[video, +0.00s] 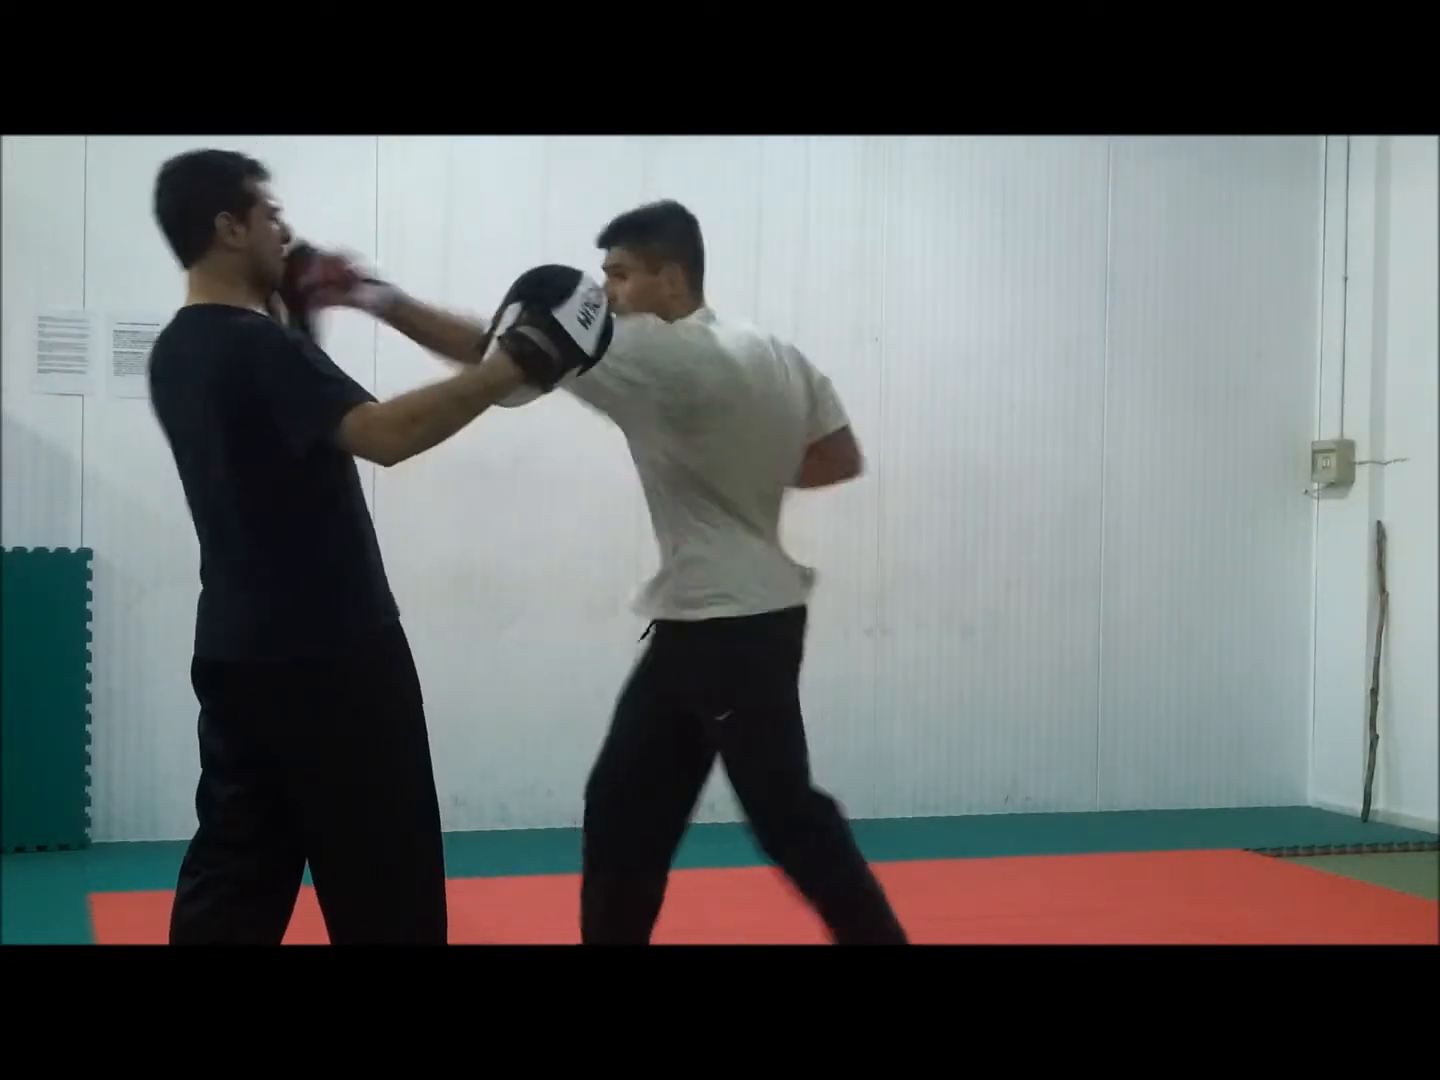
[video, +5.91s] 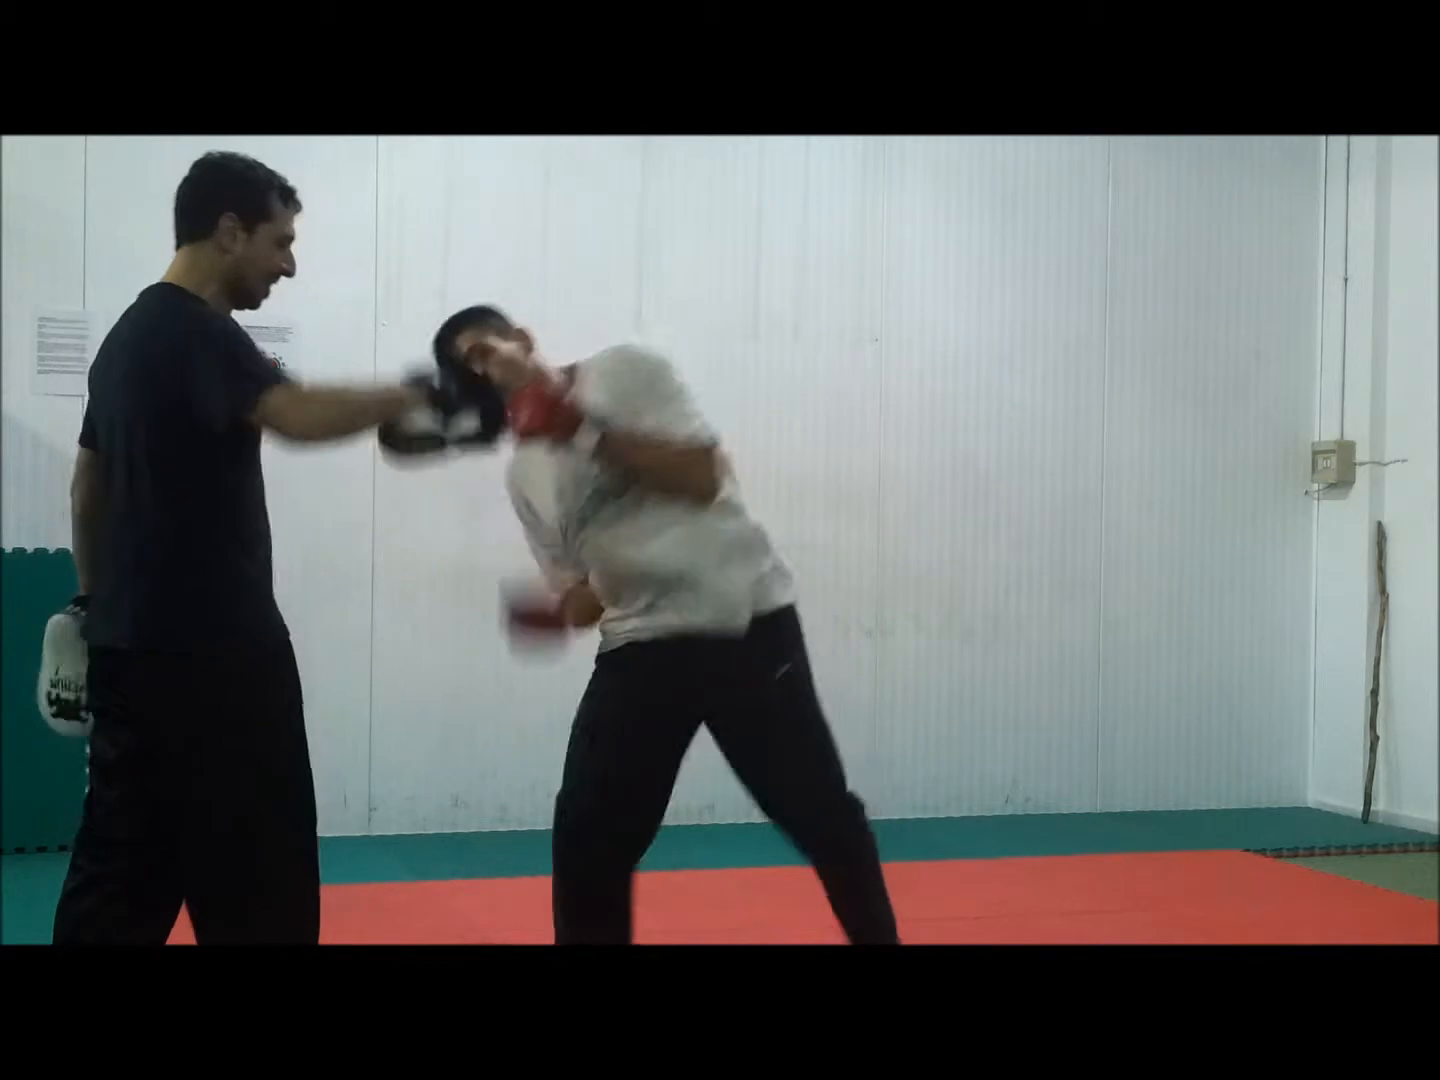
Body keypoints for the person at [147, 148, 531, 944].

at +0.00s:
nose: (286, 231)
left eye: (280, 213)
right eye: (272, 214)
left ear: (200, 235)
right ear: (229, 226)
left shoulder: (174, 350)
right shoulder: (254, 342)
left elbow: (285, 431)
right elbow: (385, 434)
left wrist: (301, 318)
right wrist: (495, 376)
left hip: (239, 654)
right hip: (337, 652)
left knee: (234, 879)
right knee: (391, 889)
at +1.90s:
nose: (325, 226)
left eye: (320, 206)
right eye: (312, 206)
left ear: (247, 216)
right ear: (260, 212)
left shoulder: (179, 332)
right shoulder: (250, 338)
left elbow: (218, 482)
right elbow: (308, 495)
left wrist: (312, 403)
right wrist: (443, 444)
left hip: (201, 651)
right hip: (294, 654)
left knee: (209, 887)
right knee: (379, 889)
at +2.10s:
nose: (306, 272)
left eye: (311, 252)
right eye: (306, 249)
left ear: (216, 233)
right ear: (266, 235)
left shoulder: (110, 337)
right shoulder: (251, 345)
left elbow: (61, 487)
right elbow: (286, 502)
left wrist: (68, 607)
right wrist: (410, 499)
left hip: (122, 654)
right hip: (239, 657)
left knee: (106, 882)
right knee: (267, 888)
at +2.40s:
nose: (304, 273)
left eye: (308, 253)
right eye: (303, 249)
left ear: (213, 232)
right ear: (261, 233)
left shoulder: (107, 338)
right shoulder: (244, 347)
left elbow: (60, 488)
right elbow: (281, 507)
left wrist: (68, 608)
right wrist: (407, 499)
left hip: (121, 660)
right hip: (237, 663)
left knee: (104, 887)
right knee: (267, 895)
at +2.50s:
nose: (301, 274)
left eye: (304, 252)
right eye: (298, 249)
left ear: (223, 235)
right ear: (257, 235)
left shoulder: (107, 337)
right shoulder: (238, 343)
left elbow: (58, 486)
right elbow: (295, 491)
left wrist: (66, 609)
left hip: (119, 649)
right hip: (233, 653)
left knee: (107, 872)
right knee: (266, 881)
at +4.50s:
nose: (284, 253)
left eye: (285, 233)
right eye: (275, 230)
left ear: (208, 225)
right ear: (221, 222)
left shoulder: (113, 334)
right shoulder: (210, 332)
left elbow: (79, 488)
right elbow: (277, 455)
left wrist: (80, 609)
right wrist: (398, 413)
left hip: (122, 651)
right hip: (224, 651)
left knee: (111, 874)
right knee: (265, 878)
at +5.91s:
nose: (290, 263)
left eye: (291, 244)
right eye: (281, 241)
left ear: (220, 234)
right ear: (228, 230)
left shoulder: (127, 337)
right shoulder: (206, 334)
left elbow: (90, 488)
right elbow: (294, 413)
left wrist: (95, 599)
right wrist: (409, 395)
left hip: (130, 645)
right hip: (220, 644)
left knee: (121, 866)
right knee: (263, 871)